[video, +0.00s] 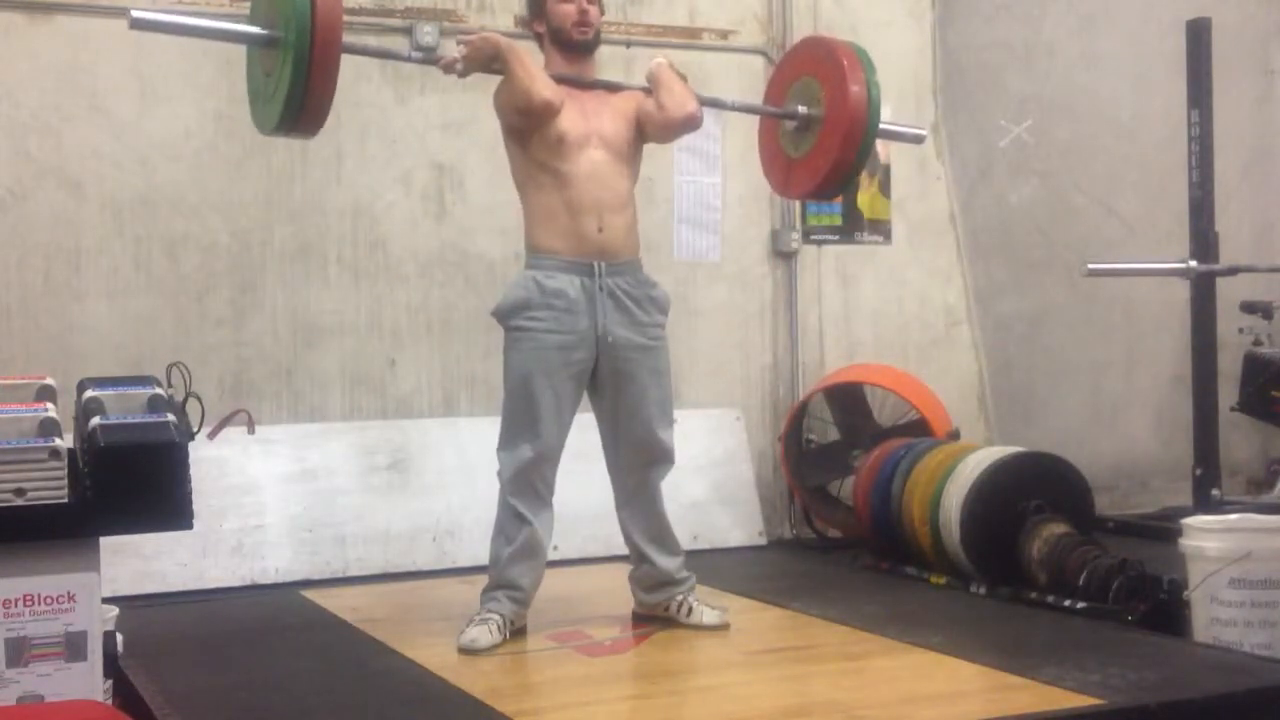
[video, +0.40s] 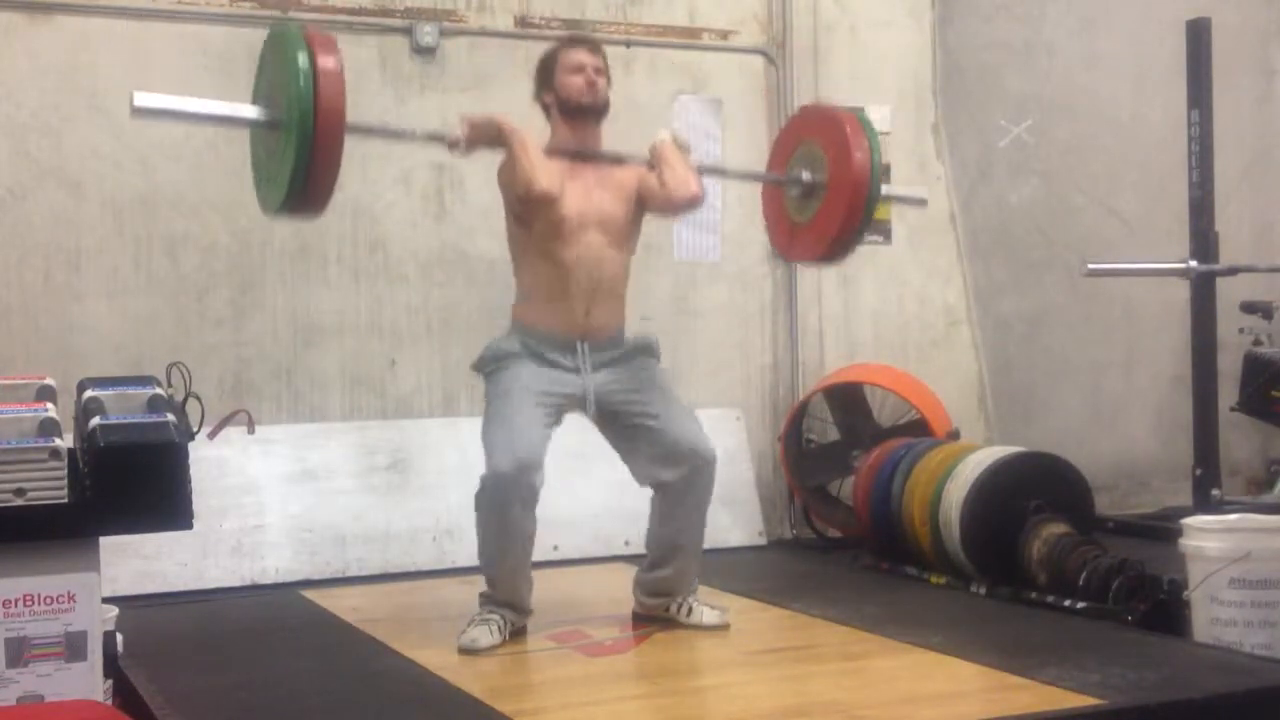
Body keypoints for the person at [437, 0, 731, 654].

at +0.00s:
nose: (586, 9)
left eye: (593, 2)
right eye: (570, 1)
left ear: (602, 20)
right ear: (541, 19)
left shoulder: (630, 102)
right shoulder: (525, 99)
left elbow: (685, 114)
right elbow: (538, 105)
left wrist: (658, 64)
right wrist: (506, 50)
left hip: (631, 292)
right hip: (550, 292)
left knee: (647, 450)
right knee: (530, 456)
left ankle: (661, 591)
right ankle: (504, 603)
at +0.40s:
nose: (591, 80)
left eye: (600, 72)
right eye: (576, 71)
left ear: (610, 91)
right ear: (548, 90)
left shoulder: (632, 173)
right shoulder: (529, 164)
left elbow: (686, 193)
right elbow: (533, 189)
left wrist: (664, 143)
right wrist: (509, 133)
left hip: (619, 360)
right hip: (533, 358)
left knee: (692, 457)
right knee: (509, 469)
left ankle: (663, 594)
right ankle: (502, 607)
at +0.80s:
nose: (596, 214)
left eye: (604, 208)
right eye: (581, 208)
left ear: (616, 225)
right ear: (552, 230)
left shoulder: (637, 309)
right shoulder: (532, 304)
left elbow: (692, 339)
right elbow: (551, 335)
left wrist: (671, 284)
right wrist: (515, 276)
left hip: (618, 465)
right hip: (540, 465)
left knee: (709, 476)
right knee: (505, 497)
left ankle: (662, 596)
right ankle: (504, 611)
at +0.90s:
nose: (597, 243)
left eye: (606, 236)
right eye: (583, 236)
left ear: (616, 253)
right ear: (553, 258)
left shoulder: (638, 337)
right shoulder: (531, 334)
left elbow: (691, 368)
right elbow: (553, 370)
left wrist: (672, 311)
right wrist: (514, 307)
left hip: (622, 498)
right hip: (548, 502)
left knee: (711, 474)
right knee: (501, 491)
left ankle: (662, 596)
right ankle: (504, 611)